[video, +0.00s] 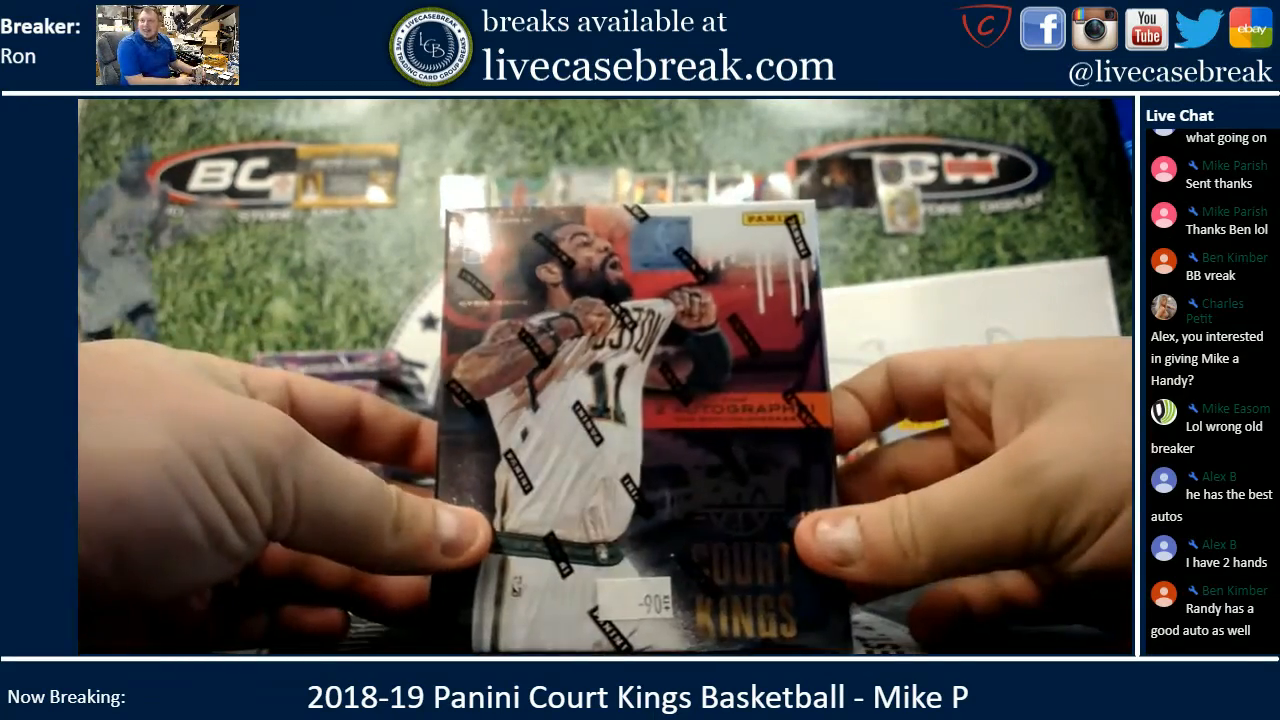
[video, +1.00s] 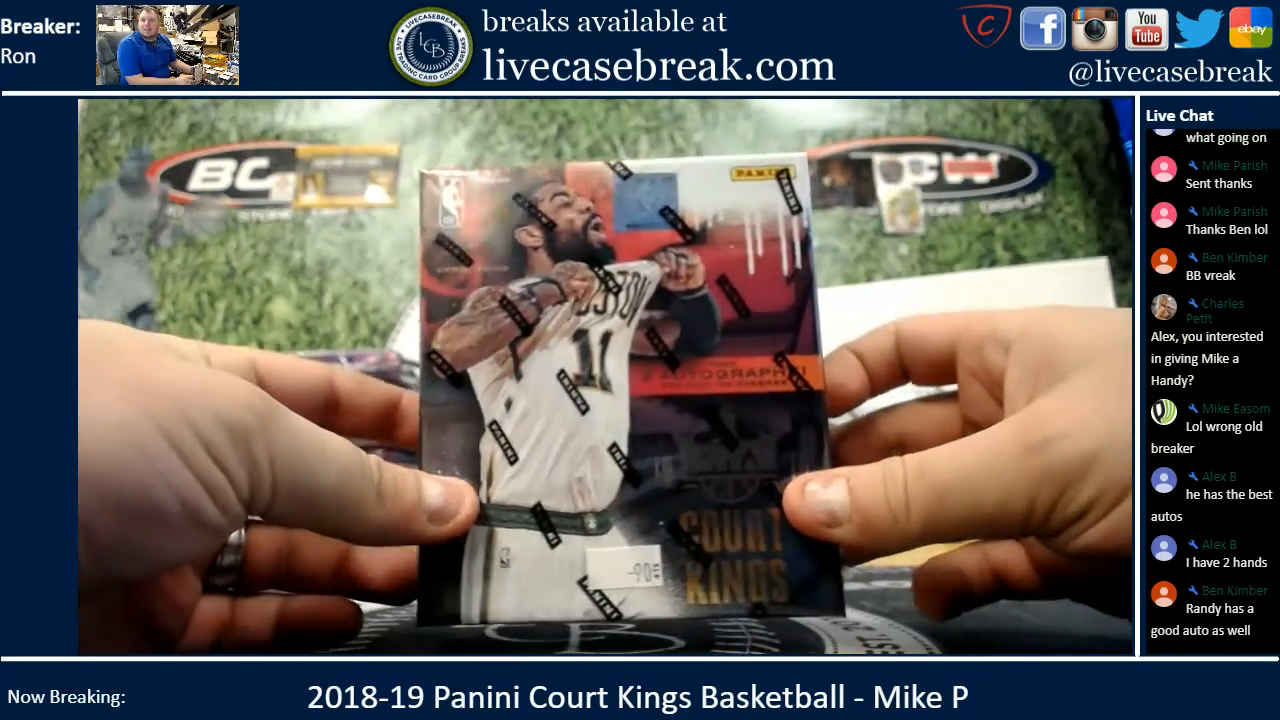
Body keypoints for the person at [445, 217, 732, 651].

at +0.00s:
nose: (605, 248)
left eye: (602, 241)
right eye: (582, 242)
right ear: (548, 273)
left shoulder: (634, 325)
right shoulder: (517, 333)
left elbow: (713, 375)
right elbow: (468, 381)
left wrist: (704, 329)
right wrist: (563, 326)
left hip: (611, 563)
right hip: (533, 566)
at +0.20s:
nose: (614, 217)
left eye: (608, 208)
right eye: (589, 211)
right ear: (554, 243)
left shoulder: (649, 300)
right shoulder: (520, 308)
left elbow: (720, 358)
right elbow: (473, 355)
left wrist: (717, 306)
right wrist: (565, 303)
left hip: (627, 541)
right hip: (544, 547)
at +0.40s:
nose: (619, 204)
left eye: (612, 196)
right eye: (593, 199)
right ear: (561, 232)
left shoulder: (652, 291)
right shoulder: (524, 297)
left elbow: (723, 348)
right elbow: (475, 345)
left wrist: (720, 300)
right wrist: (577, 291)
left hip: (628, 537)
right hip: (546, 542)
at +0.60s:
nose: (613, 199)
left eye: (605, 190)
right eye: (587, 194)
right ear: (554, 228)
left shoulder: (648, 284)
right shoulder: (517, 295)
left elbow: (722, 341)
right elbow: (467, 342)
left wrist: (717, 294)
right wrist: (570, 286)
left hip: (623, 532)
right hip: (540, 537)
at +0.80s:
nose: (592, 202)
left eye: (586, 195)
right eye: (568, 198)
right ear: (534, 232)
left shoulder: (625, 286)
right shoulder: (500, 299)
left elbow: (706, 338)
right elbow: (449, 349)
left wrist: (697, 290)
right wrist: (548, 290)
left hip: (604, 531)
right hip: (522, 536)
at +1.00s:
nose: (587, 206)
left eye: (581, 198)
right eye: (563, 202)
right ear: (530, 236)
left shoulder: (621, 287)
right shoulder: (496, 304)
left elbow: (701, 338)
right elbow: (446, 353)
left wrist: (691, 289)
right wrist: (546, 291)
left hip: (602, 529)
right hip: (520, 535)